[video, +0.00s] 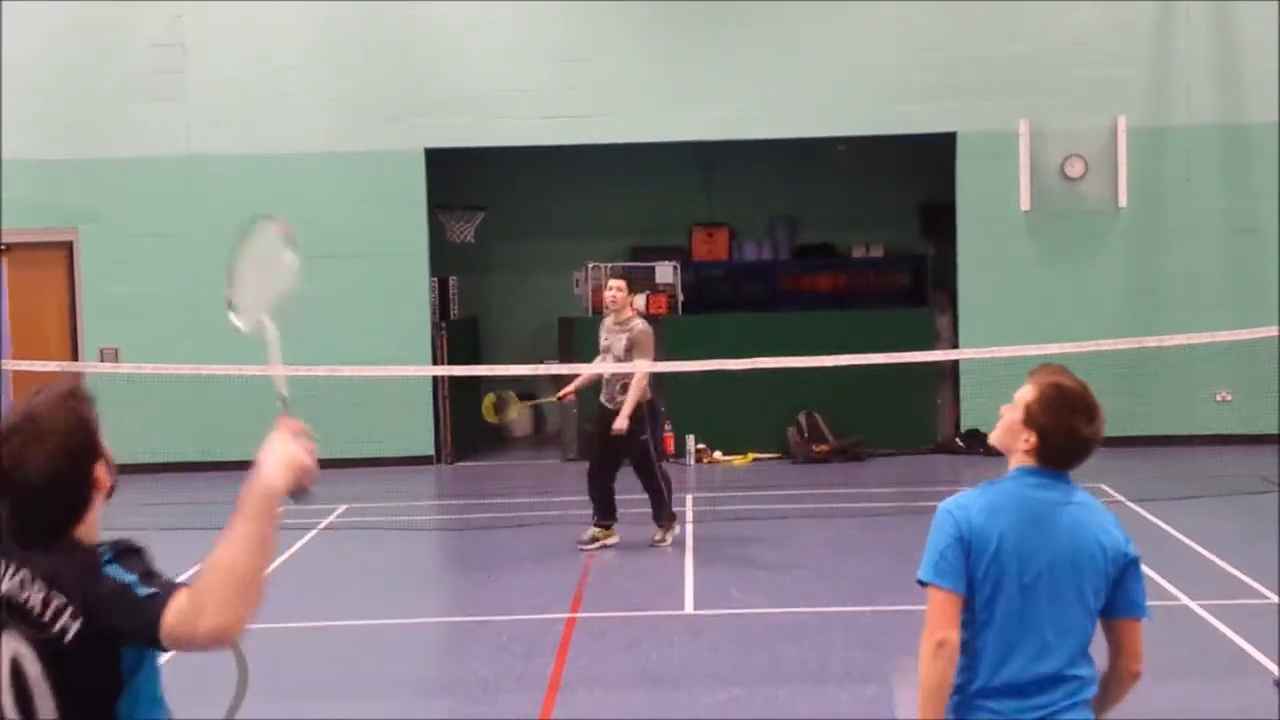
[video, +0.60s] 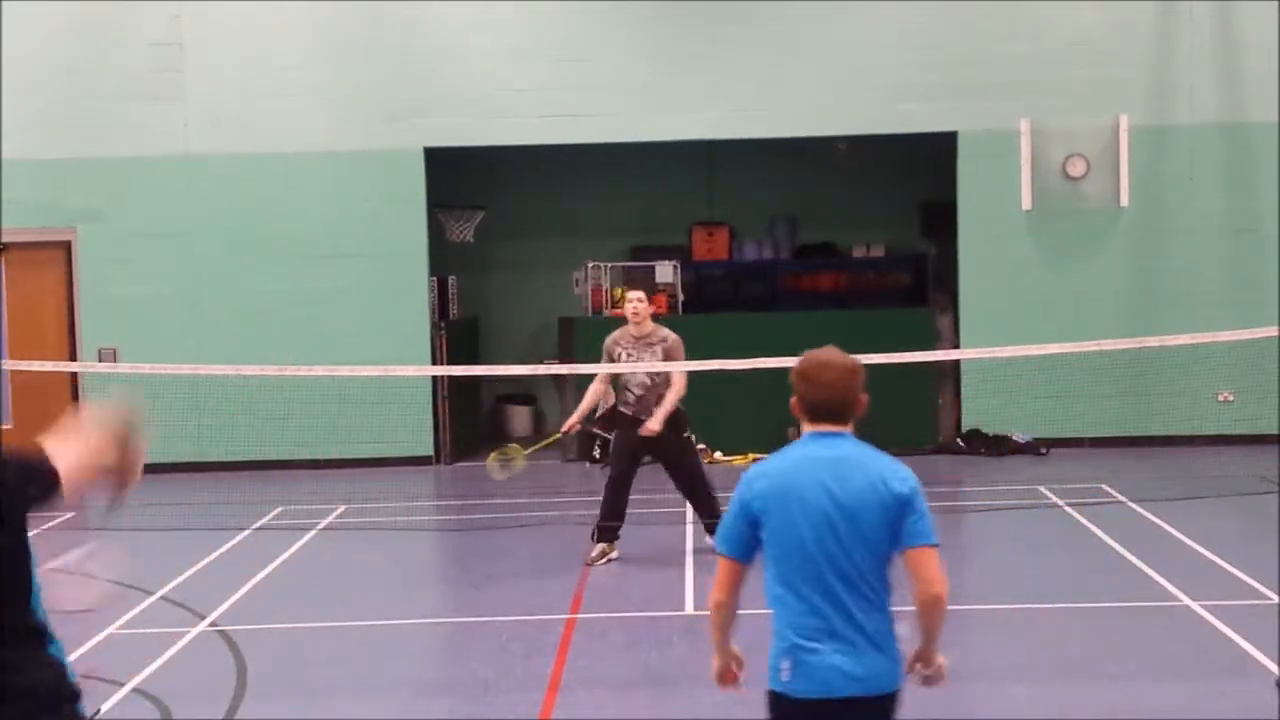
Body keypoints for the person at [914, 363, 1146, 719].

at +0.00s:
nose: (1002, 408)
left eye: (1013, 405)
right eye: (1011, 401)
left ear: (1028, 439)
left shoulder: (962, 514)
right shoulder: (1105, 528)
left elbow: (942, 642)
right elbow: (1129, 666)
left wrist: (930, 713)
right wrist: (1088, 710)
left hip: (983, 709)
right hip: (1070, 708)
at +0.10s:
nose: (976, 424)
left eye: (986, 418)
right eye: (984, 415)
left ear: (1001, 447)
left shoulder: (941, 528)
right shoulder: (1083, 535)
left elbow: (922, 655)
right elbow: (1115, 670)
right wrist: (1079, 712)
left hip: (965, 709)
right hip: (1056, 709)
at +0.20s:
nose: (930, 440)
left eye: (940, 432)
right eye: (937, 431)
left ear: (959, 457)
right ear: (1001, 461)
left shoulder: (904, 539)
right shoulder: (1042, 538)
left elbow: (876, 666)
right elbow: (1084, 666)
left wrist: (865, 712)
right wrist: (1061, 712)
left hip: (937, 710)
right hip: (1027, 710)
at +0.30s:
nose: (881, 442)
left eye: (887, 433)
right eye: (884, 432)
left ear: (903, 447)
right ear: (950, 449)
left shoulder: (856, 531)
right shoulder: (991, 524)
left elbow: (824, 658)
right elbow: (1042, 645)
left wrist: (809, 712)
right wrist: (1021, 708)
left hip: (896, 708)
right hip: (983, 707)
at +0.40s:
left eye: (845, 421)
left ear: (849, 429)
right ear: (914, 429)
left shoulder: (816, 510)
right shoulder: (951, 499)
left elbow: (780, 633)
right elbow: (1001, 615)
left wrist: (762, 710)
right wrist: (984, 686)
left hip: (860, 702)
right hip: (946, 702)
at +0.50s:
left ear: (820, 412)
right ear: (886, 410)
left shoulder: (788, 486)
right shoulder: (921, 481)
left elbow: (751, 604)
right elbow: (965, 594)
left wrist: (737, 680)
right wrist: (955, 656)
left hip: (828, 695)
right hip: (909, 694)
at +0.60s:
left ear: (796, 407)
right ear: (861, 405)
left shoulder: (764, 478)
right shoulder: (894, 478)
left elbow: (722, 596)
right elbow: (933, 590)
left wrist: (723, 651)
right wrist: (928, 650)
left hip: (797, 686)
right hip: (873, 685)